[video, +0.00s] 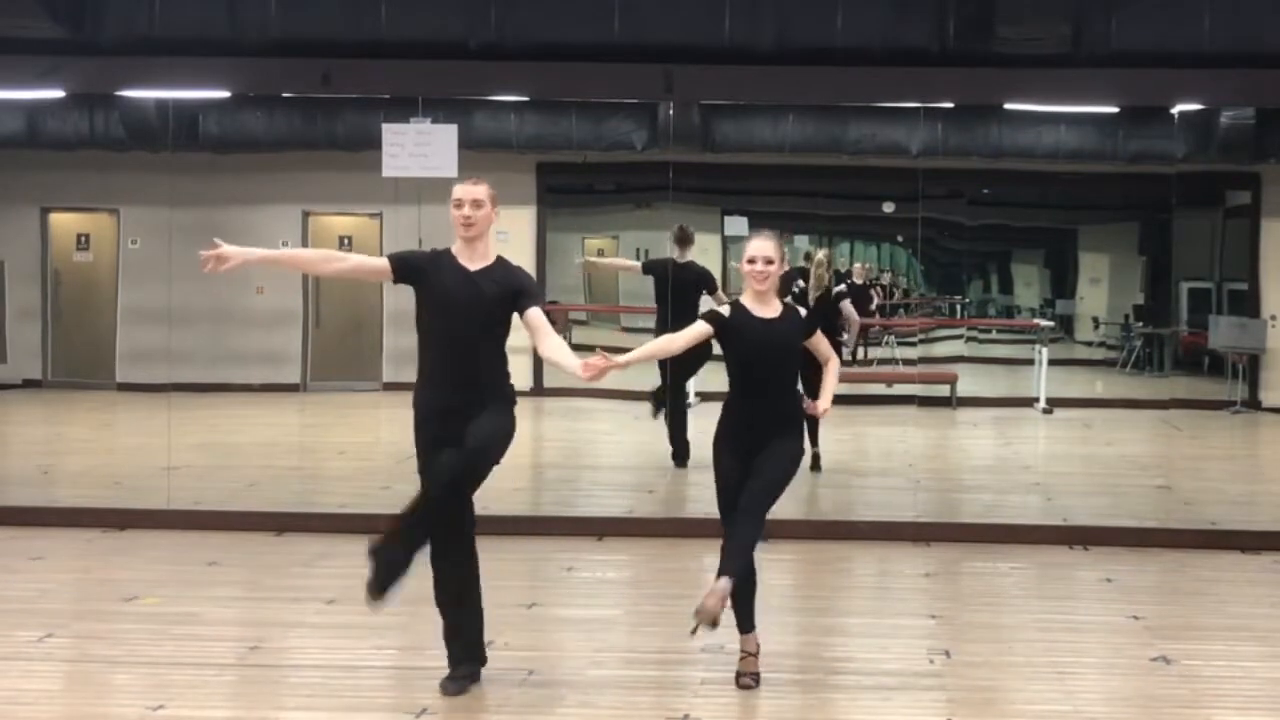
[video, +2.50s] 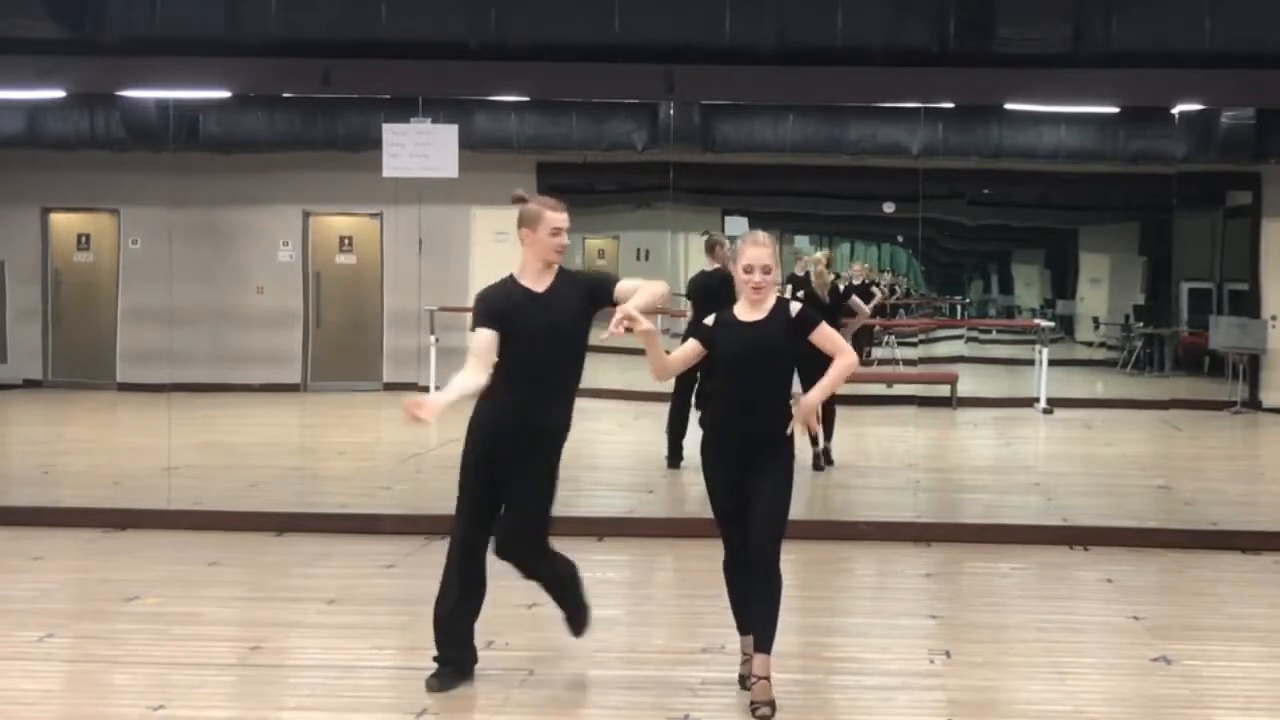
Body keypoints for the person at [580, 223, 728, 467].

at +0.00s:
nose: (681, 246)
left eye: (676, 242)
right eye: (687, 242)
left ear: (673, 243)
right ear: (692, 244)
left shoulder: (659, 266)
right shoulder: (701, 273)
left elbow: (626, 265)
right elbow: (722, 302)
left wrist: (595, 262)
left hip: (665, 340)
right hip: (693, 339)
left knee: (675, 396)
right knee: (703, 352)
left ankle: (680, 454)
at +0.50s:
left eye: (676, 242)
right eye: (688, 242)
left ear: (673, 242)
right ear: (694, 243)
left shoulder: (660, 267)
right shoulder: (704, 271)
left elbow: (622, 272)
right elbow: (731, 299)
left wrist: (627, 258)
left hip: (667, 337)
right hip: (697, 337)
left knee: (678, 395)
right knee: (704, 357)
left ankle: (684, 452)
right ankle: (663, 389)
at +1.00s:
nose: (688, 256)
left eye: (683, 253)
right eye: (692, 252)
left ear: (677, 253)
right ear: (697, 254)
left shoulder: (664, 278)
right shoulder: (704, 283)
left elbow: (628, 290)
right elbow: (730, 308)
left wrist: (609, 306)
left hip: (669, 345)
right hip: (693, 346)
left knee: (683, 394)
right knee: (678, 394)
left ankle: (685, 450)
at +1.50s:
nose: (692, 256)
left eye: (686, 253)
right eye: (696, 251)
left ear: (682, 254)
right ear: (702, 253)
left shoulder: (673, 281)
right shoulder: (714, 280)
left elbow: (636, 291)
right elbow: (739, 308)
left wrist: (607, 291)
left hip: (675, 345)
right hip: (701, 345)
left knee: (680, 398)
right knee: (696, 392)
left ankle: (687, 456)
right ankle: (711, 445)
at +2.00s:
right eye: (705, 254)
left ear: (687, 254)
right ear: (706, 256)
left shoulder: (676, 271)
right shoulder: (713, 284)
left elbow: (640, 254)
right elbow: (733, 313)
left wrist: (616, 243)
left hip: (681, 351)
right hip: (707, 352)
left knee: (682, 398)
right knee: (703, 399)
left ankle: (677, 446)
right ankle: (696, 449)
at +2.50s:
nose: (728, 253)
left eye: (727, 249)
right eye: (726, 249)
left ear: (707, 252)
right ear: (720, 252)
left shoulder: (695, 280)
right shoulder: (729, 279)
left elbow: (694, 310)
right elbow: (736, 309)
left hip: (693, 339)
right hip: (720, 343)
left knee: (681, 397)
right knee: (715, 399)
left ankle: (674, 453)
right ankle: (717, 455)